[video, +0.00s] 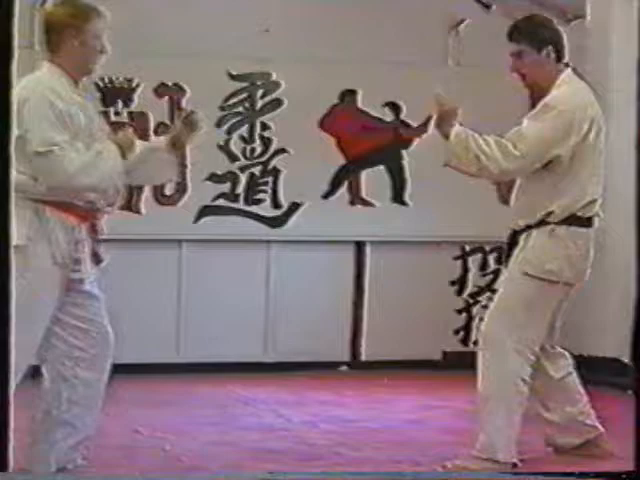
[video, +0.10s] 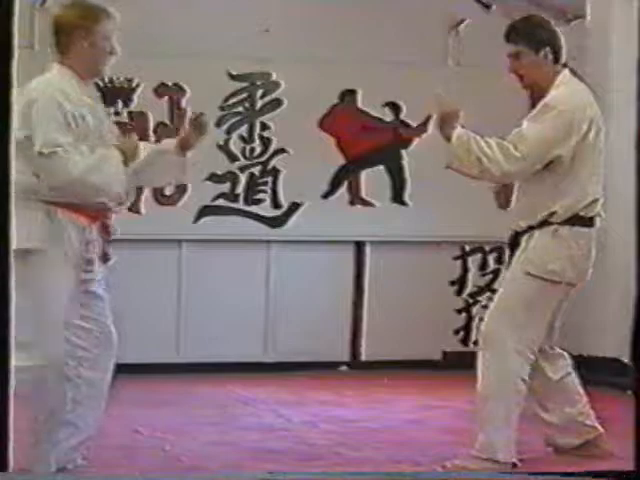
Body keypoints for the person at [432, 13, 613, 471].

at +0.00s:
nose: (514, 69)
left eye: (520, 58)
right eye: (512, 59)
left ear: (549, 55)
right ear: (546, 57)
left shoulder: (568, 102)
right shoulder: (565, 98)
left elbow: (512, 156)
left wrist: (452, 132)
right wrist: (506, 178)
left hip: (555, 238)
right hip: (561, 237)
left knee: (500, 335)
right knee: (534, 340)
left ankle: (494, 453)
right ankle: (580, 433)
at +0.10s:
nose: (512, 70)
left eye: (518, 59)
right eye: (510, 61)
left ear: (546, 55)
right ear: (545, 58)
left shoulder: (567, 103)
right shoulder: (564, 98)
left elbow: (512, 160)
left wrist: (454, 134)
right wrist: (507, 179)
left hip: (557, 238)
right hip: (562, 237)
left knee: (501, 334)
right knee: (532, 341)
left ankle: (493, 453)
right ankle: (579, 432)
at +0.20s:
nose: (506, 73)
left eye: (512, 62)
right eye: (504, 64)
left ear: (541, 58)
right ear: (539, 61)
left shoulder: (564, 105)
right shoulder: (563, 102)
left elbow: (519, 166)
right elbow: (560, 183)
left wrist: (465, 143)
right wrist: (512, 206)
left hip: (563, 240)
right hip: (562, 238)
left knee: (504, 332)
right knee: (532, 341)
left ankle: (493, 454)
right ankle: (578, 433)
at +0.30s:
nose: (499, 81)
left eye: (504, 70)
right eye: (497, 71)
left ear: (533, 65)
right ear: (531, 68)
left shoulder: (559, 112)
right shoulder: (540, 114)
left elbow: (537, 190)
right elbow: (542, 199)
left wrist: (490, 160)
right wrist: (502, 233)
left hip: (566, 245)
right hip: (552, 244)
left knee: (508, 333)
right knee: (527, 344)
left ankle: (503, 452)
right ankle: (577, 435)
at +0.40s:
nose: (493, 82)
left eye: (499, 72)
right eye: (491, 72)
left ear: (529, 70)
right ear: (523, 71)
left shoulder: (556, 123)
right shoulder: (527, 120)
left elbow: (556, 208)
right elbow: (529, 202)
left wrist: (504, 179)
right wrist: (493, 234)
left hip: (560, 251)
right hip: (542, 248)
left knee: (514, 344)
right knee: (522, 347)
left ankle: (514, 452)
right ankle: (575, 434)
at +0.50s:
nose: (485, 84)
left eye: (492, 74)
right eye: (483, 74)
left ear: (523, 73)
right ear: (510, 74)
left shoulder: (559, 129)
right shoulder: (498, 122)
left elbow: (572, 216)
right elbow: (493, 190)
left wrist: (510, 214)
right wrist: (459, 201)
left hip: (554, 257)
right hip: (517, 256)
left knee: (518, 346)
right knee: (525, 349)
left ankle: (535, 460)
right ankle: (580, 434)